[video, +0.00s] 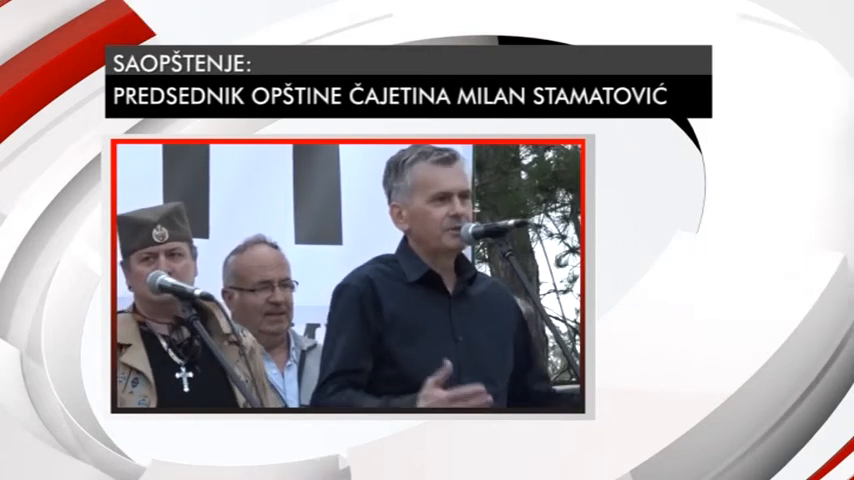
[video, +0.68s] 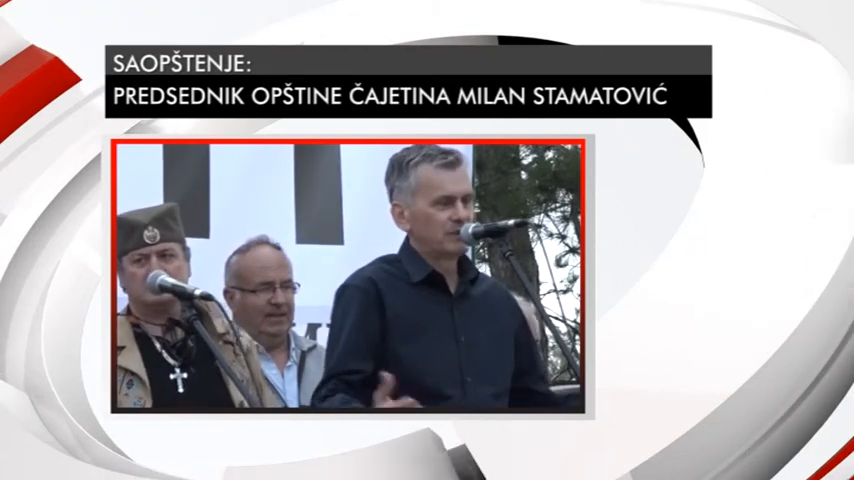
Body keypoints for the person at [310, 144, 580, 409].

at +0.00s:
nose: (459, 211)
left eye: (464, 198)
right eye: (441, 200)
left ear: (473, 204)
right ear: (400, 215)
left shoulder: (499, 299)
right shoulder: (364, 291)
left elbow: (532, 399)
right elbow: (330, 399)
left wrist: (596, 401)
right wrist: (414, 407)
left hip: (496, 464)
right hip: (400, 465)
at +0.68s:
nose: (462, 215)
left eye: (467, 201)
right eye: (444, 204)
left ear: (474, 204)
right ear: (401, 215)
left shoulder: (500, 301)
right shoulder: (368, 292)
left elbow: (536, 405)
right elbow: (331, 397)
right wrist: (371, 415)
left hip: (499, 460)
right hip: (405, 463)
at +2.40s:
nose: (461, 212)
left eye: (465, 199)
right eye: (443, 200)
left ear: (472, 204)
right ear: (400, 213)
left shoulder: (496, 302)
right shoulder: (362, 296)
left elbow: (522, 408)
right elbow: (330, 405)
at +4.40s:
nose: (456, 211)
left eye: (461, 198)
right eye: (438, 200)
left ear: (468, 201)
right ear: (398, 216)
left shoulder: (496, 301)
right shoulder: (361, 294)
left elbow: (516, 404)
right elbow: (325, 403)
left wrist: (554, 405)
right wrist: (426, 421)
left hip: (491, 466)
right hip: (399, 468)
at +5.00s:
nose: (457, 212)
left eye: (463, 199)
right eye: (439, 200)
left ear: (470, 203)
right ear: (398, 214)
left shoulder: (497, 301)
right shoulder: (362, 295)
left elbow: (520, 406)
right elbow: (328, 405)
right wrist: (419, 424)